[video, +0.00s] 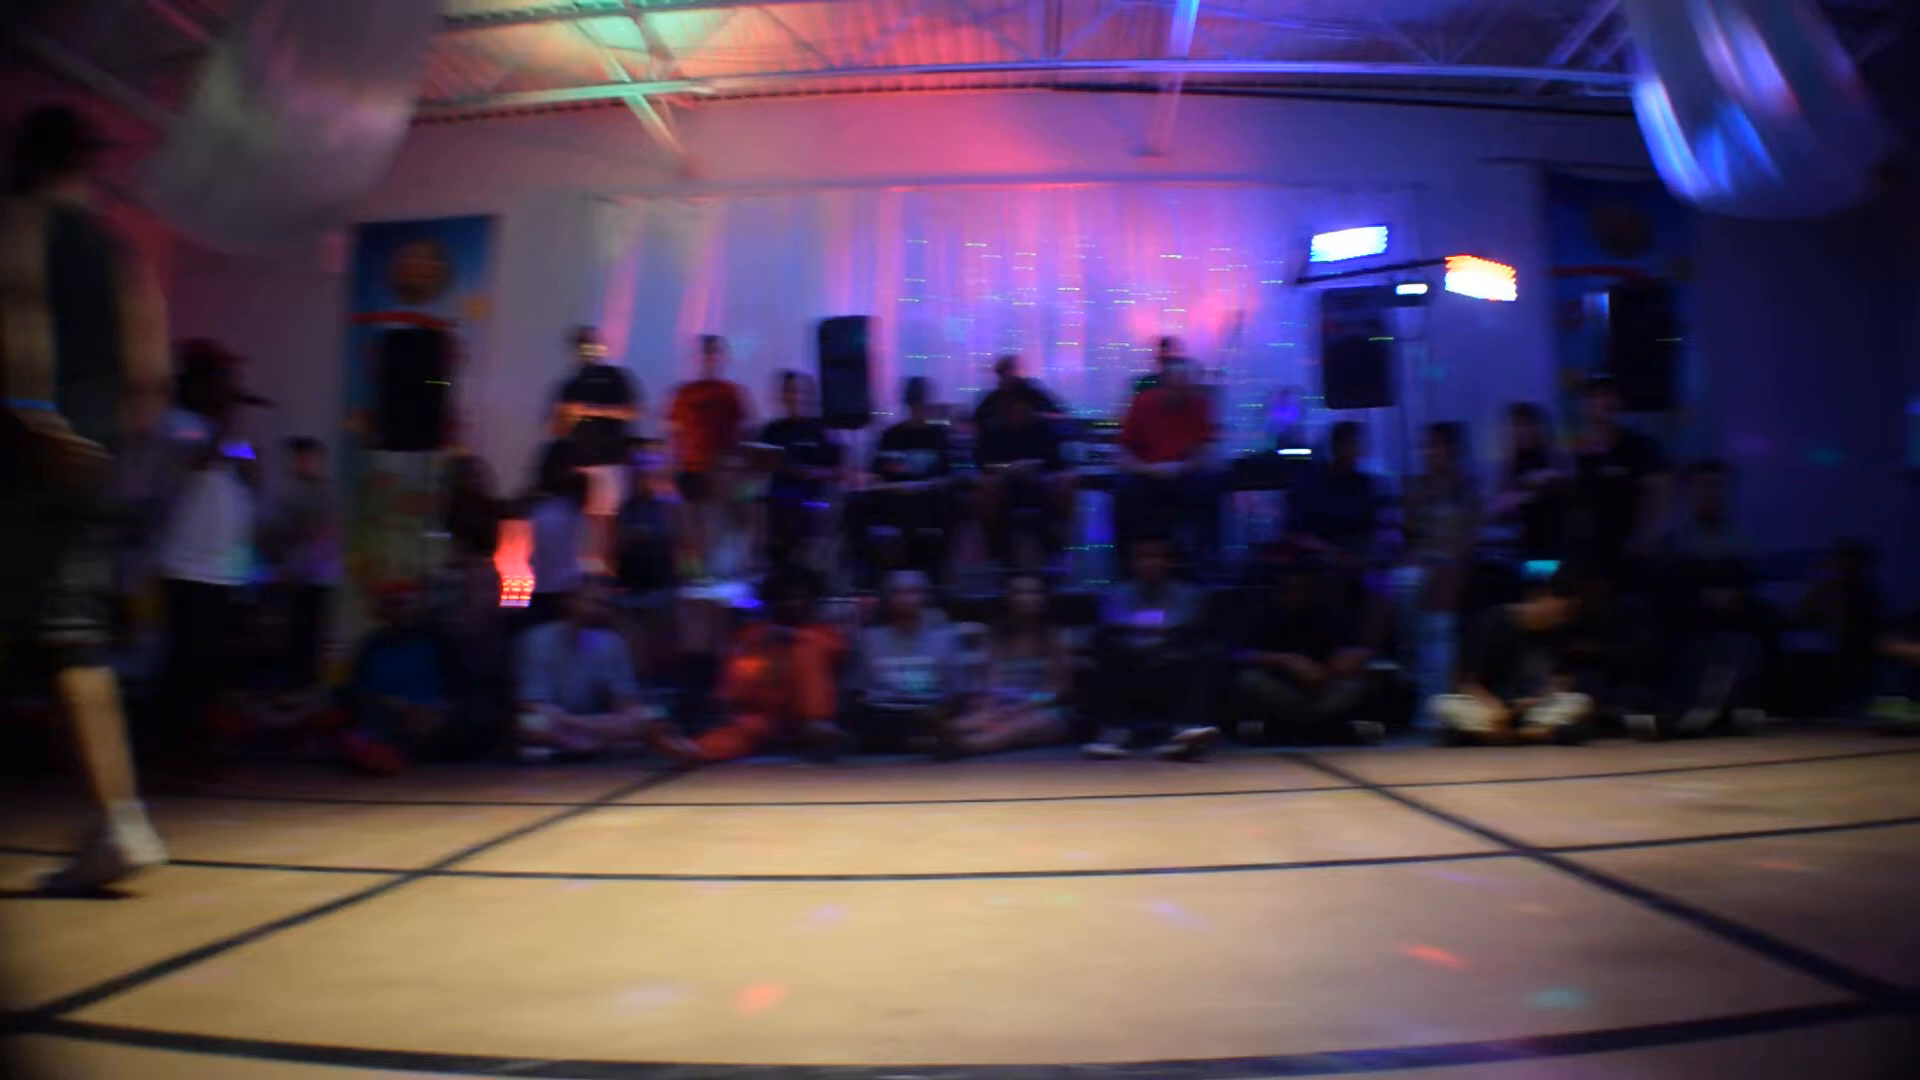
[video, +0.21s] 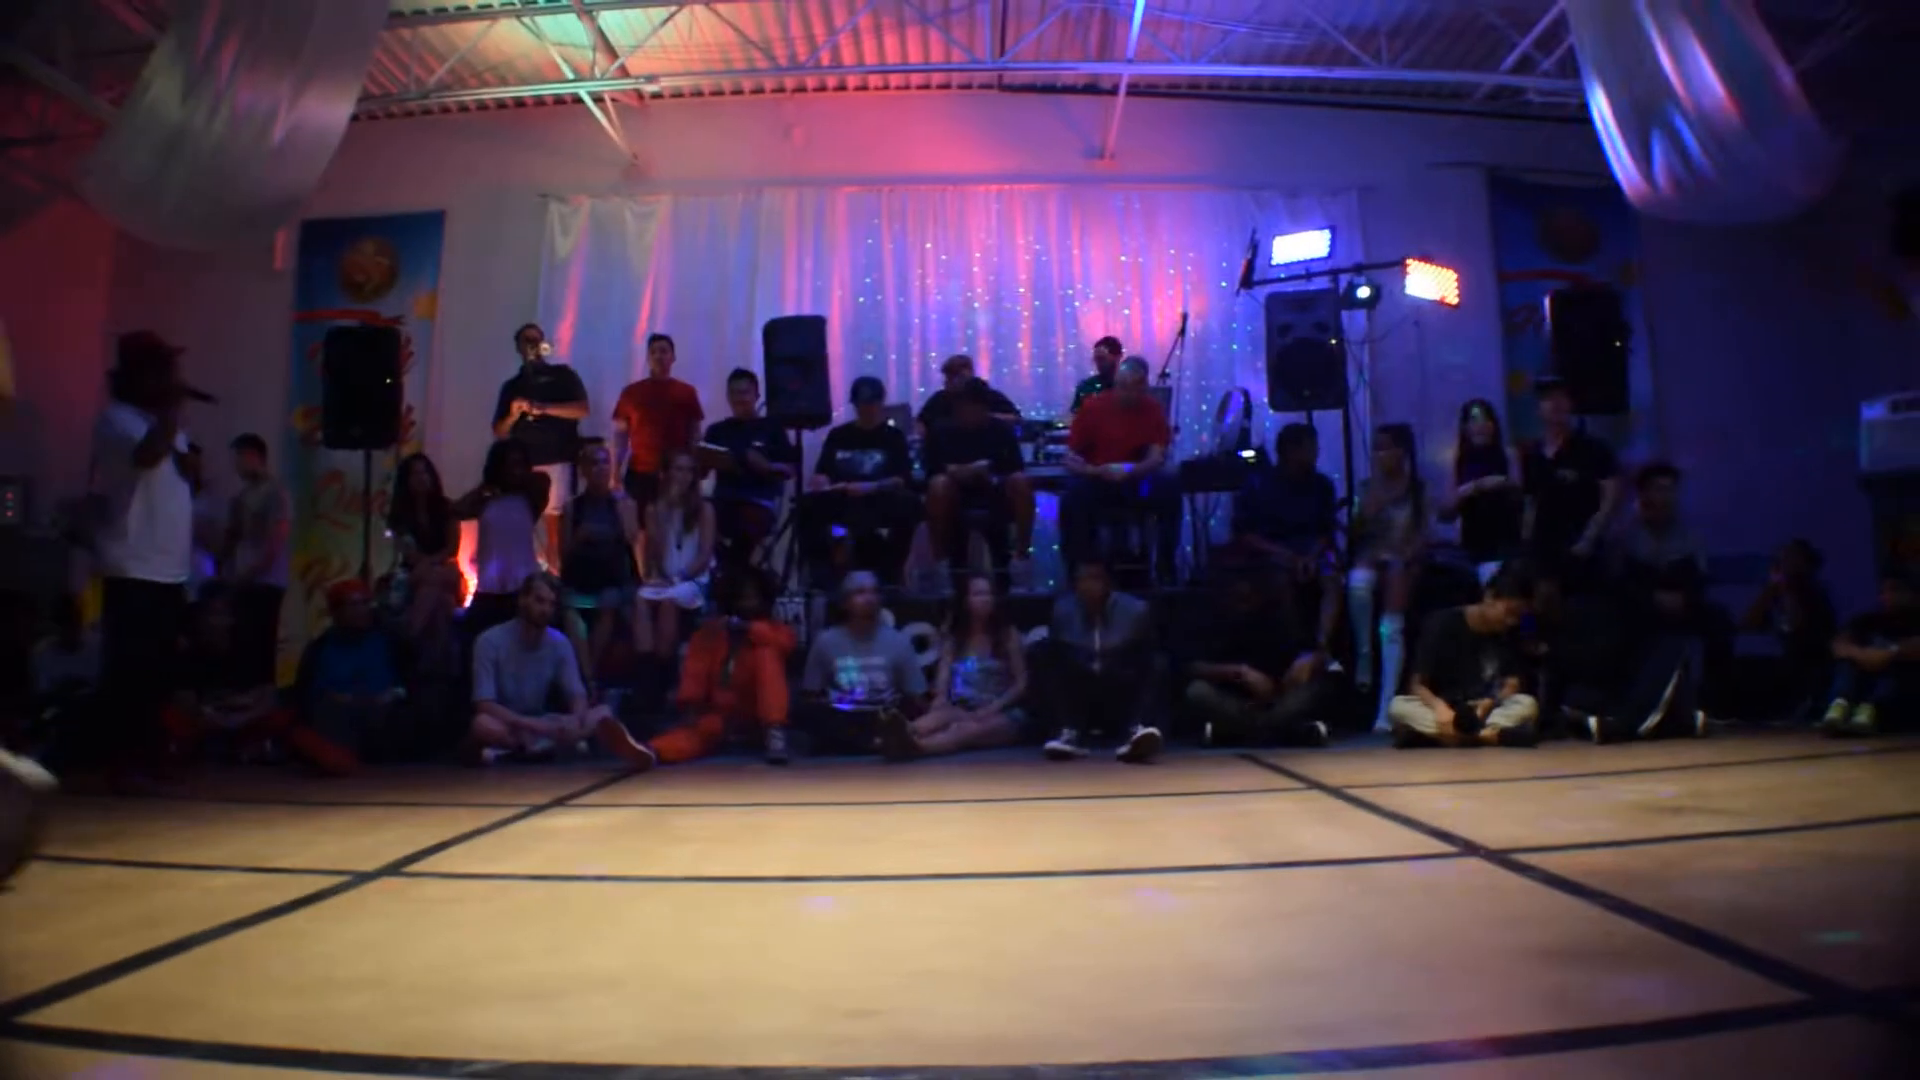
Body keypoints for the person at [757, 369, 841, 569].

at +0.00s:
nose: (793, 398)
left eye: (799, 392)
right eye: (789, 392)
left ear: (810, 395)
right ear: (783, 395)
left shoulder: (821, 430)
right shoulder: (774, 430)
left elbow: (834, 469)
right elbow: (764, 463)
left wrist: (807, 472)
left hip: (814, 501)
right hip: (780, 501)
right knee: (779, 554)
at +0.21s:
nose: (740, 398)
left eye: (745, 392)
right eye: (735, 393)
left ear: (757, 395)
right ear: (728, 396)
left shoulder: (772, 428)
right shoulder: (717, 430)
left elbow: (788, 469)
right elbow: (701, 471)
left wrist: (765, 467)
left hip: (760, 500)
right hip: (724, 498)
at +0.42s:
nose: (739, 404)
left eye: (744, 397)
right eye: (734, 398)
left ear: (756, 396)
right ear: (729, 399)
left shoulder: (773, 427)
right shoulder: (720, 430)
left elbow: (784, 464)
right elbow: (704, 470)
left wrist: (755, 440)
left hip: (761, 499)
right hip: (727, 497)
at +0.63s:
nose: (739, 410)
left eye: (743, 403)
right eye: (734, 405)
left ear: (754, 400)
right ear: (727, 404)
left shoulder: (772, 428)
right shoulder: (720, 431)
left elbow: (778, 461)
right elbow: (704, 470)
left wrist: (751, 434)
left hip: (759, 498)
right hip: (726, 497)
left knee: (745, 538)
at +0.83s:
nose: (766, 405)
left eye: (770, 399)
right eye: (760, 401)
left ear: (780, 401)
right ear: (754, 404)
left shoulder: (798, 429)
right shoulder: (747, 433)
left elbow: (806, 462)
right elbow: (730, 472)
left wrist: (782, 440)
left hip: (786, 497)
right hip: (754, 497)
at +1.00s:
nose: (764, 404)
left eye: (768, 397)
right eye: (757, 399)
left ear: (777, 398)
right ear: (748, 402)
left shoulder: (793, 428)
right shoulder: (741, 431)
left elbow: (801, 460)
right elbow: (725, 470)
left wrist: (777, 430)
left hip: (781, 494)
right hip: (749, 494)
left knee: (770, 531)